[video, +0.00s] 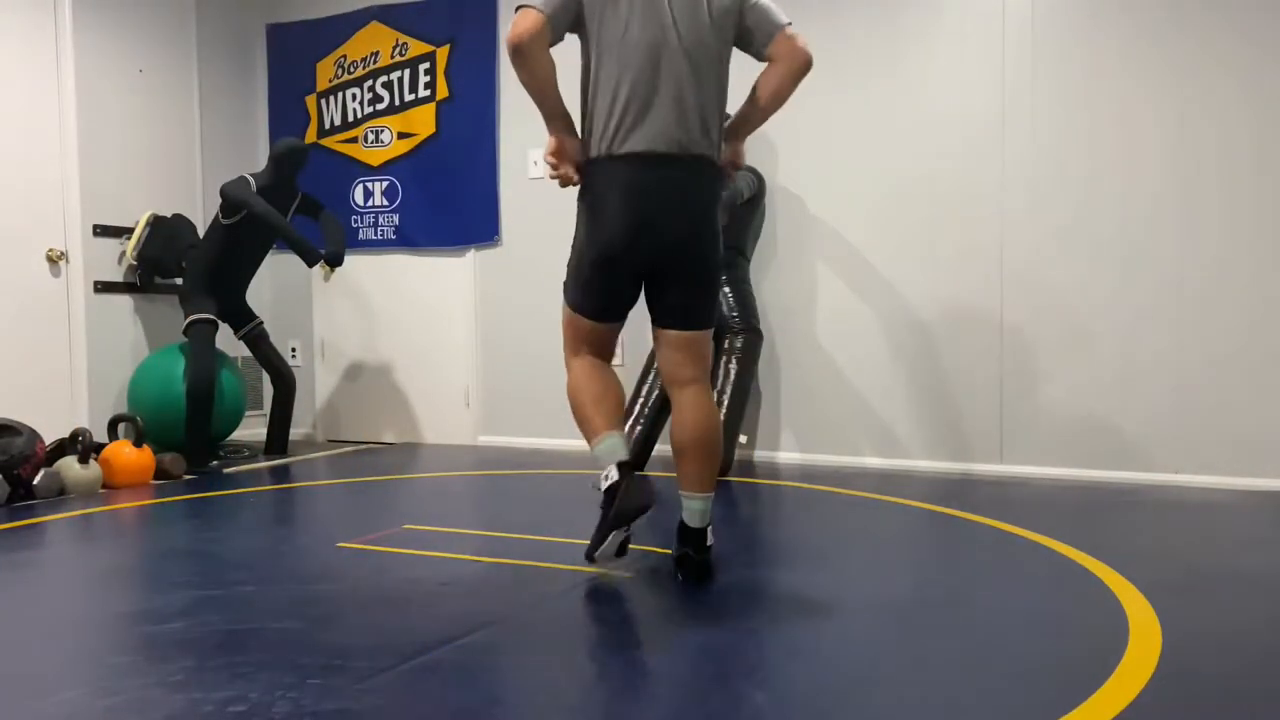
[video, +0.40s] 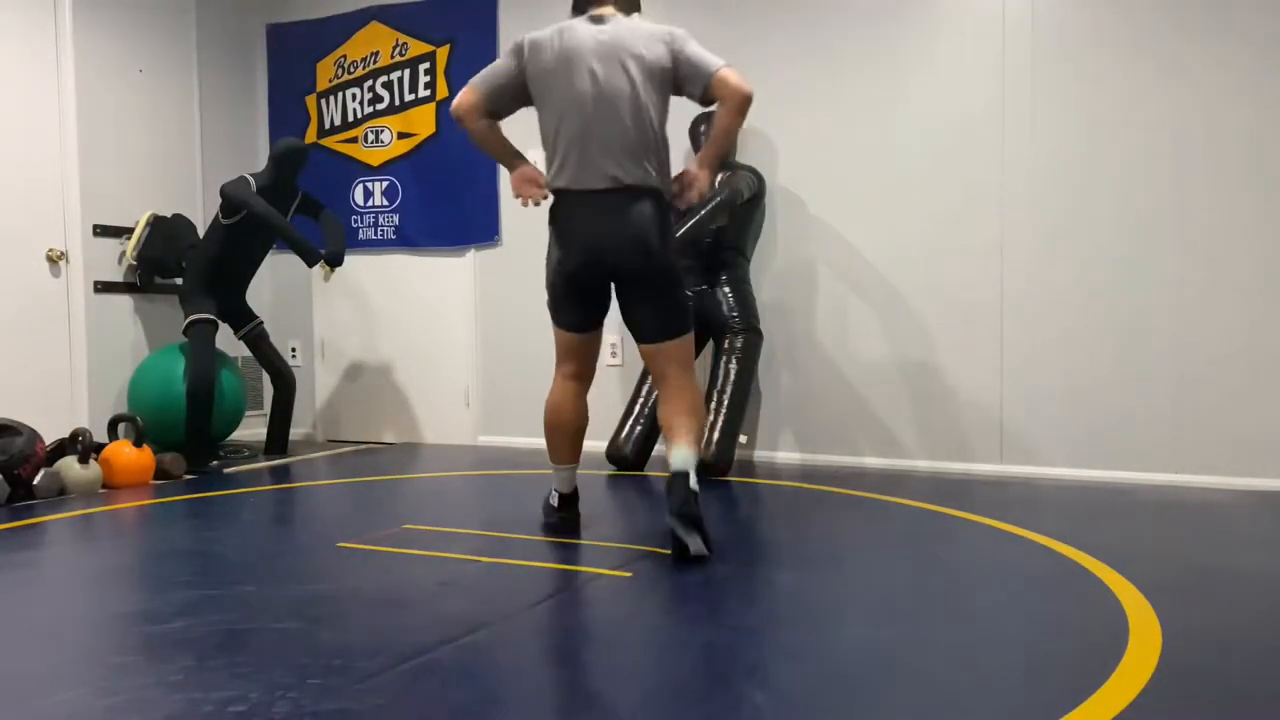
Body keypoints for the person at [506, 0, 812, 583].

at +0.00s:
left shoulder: (586, 0)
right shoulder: (725, 1)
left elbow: (523, 35)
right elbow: (794, 55)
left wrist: (559, 127)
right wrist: (736, 132)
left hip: (615, 192)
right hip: (693, 194)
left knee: (589, 352)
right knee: (690, 376)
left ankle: (617, 477)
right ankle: (694, 542)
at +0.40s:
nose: (638, 13)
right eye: (638, 9)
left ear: (577, 7)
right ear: (631, 7)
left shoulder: (538, 46)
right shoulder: (663, 40)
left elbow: (467, 107)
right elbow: (736, 92)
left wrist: (515, 163)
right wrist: (704, 167)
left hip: (574, 226)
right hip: (644, 225)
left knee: (571, 373)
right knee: (673, 371)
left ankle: (563, 504)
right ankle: (682, 475)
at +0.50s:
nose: (635, 20)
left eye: (632, 18)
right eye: (635, 15)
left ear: (575, 11)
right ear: (626, 11)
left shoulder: (531, 53)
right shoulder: (647, 45)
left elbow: (467, 131)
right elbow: (723, 122)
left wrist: (523, 149)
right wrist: (685, 159)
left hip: (564, 224)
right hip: (634, 221)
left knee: (569, 369)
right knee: (667, 356)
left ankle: (564, 501)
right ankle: (665, 452)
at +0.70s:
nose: (626, 31)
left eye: (622, 26)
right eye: (626, 24)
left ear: (569, 17)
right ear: (622, 20)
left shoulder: (527, 68)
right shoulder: (637, 59)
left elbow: (541, 133)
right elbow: (695, 142)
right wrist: (658, 128)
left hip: (559, 228)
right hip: (624, 224)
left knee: (565, 370)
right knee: (651, 353)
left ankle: (564, 501)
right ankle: (655, 477)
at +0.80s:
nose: (630, 37)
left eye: (624, 30)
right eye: (630, 30)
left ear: (573, 25)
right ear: (624, 28)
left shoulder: (535, 72)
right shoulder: (641, 69)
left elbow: (557, 133)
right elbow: (699, 152)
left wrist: (635, 143)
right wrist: (661, 146)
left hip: (562, 230)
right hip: (625, 228)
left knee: (565, 371)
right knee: (644, 360)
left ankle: (566, 498)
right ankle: (659, 467)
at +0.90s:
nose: (633, 47)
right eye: (636, 40)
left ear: (581, 33)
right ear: (634, 40)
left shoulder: (545, 78)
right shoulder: (652, 83)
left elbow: (562, 141)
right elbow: (704, 162)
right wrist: (663, 175)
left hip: (569, 236)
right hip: (630, 234)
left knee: (570, 368)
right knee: (644, 364)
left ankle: (566, 497)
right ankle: (655, 466)